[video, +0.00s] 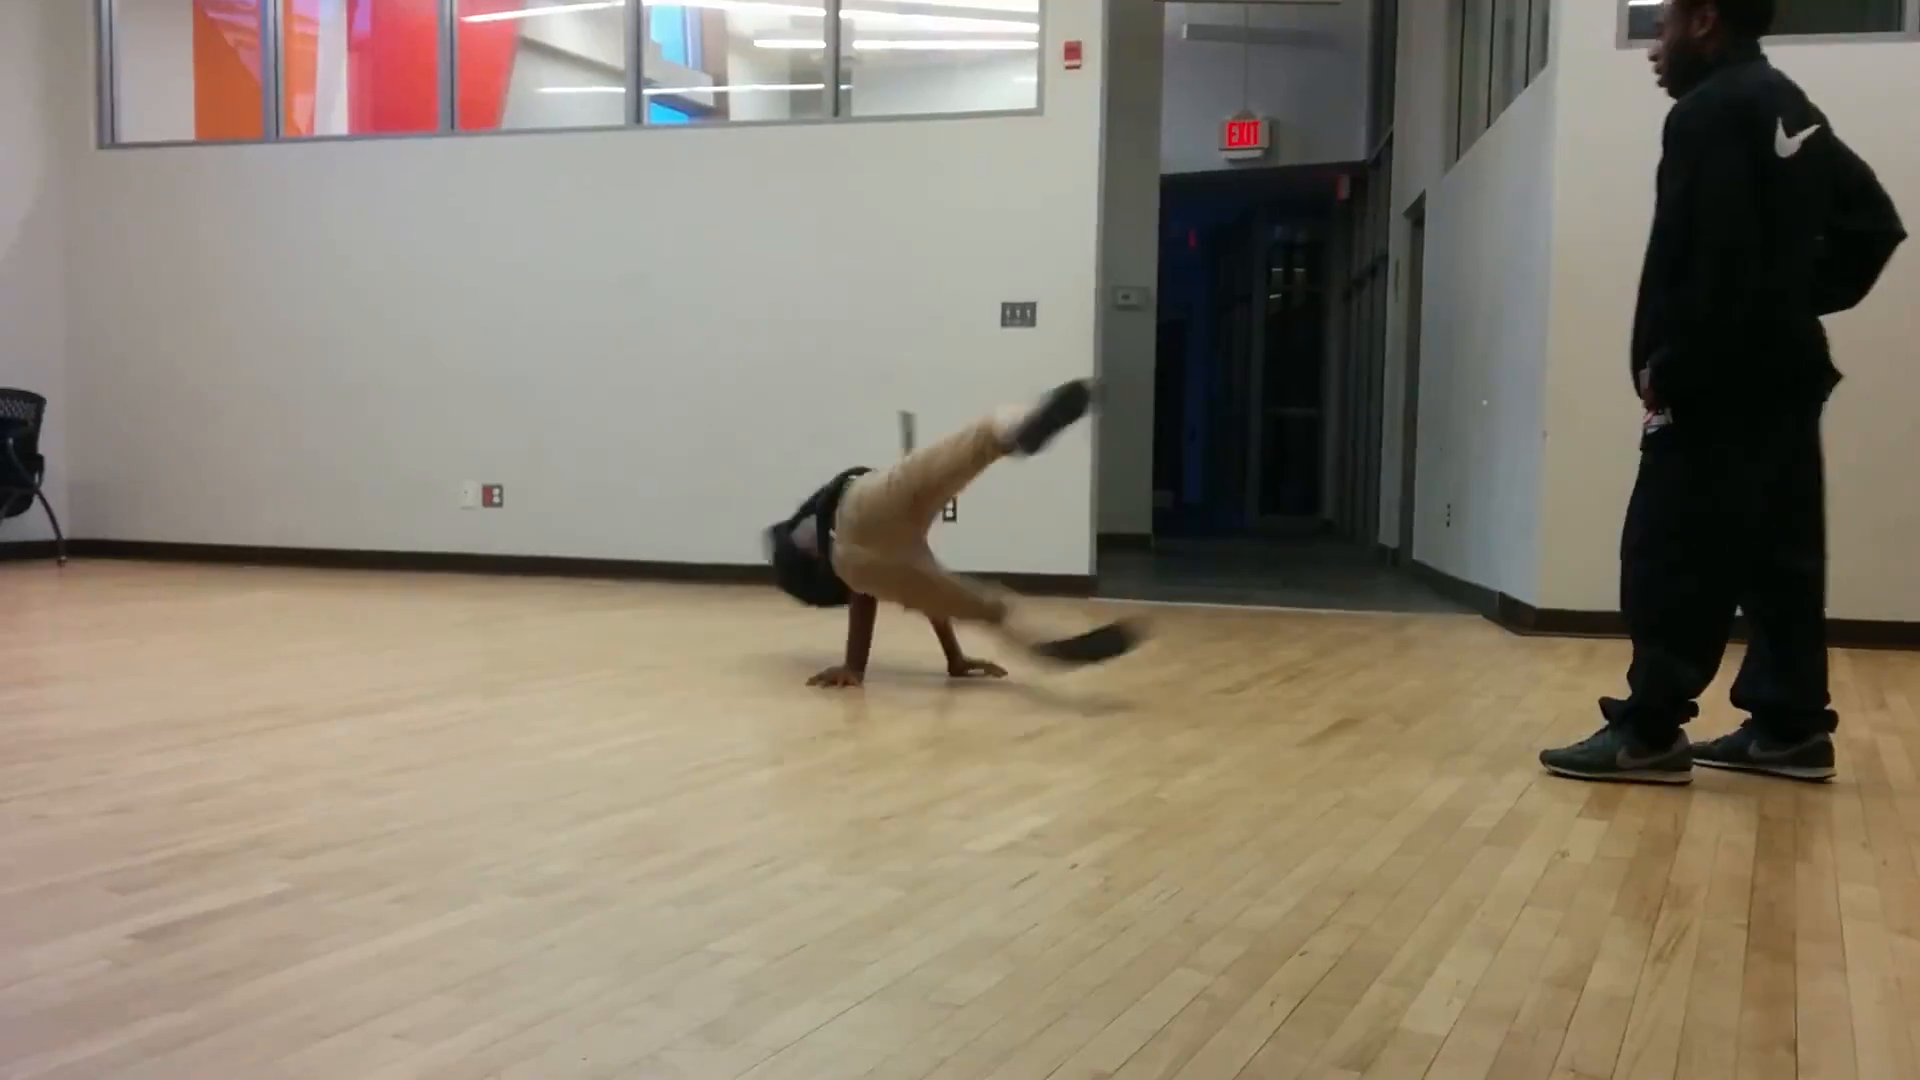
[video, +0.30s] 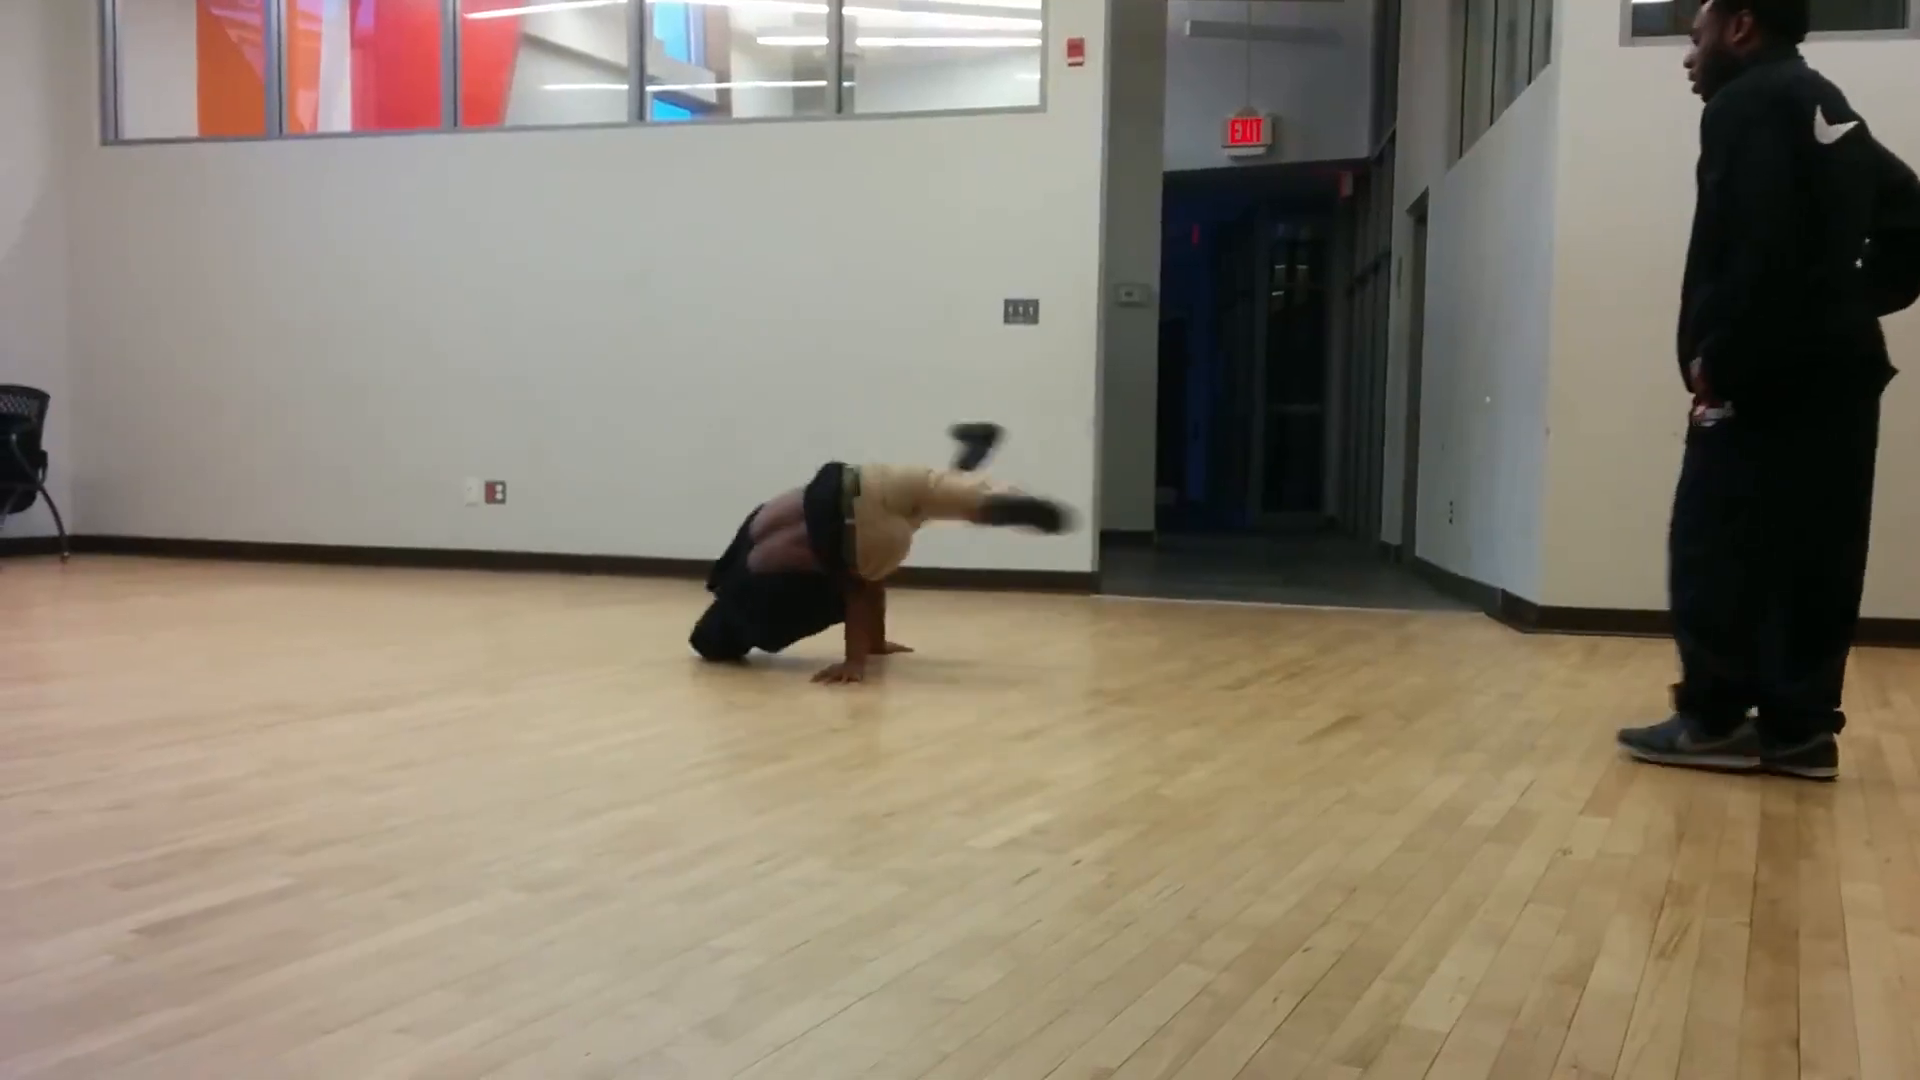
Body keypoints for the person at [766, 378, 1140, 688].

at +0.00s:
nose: (944, 509)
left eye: (946, 502)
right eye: (940, 499)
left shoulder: (839, 564)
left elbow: (863, 600)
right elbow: (924, 583)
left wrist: (852, 670)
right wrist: (954, 659)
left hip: (854, 562)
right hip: (863, 504)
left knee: (993, 611)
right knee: (976, 444)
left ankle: (1059, 646)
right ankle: (1021, 429)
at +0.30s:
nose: (731, 650)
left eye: (724, 648)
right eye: (723, 644)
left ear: (731, 644)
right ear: (724, 619)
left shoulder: (767, 621)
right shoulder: (748, 544)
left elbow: (852, 587)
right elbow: (858, 578)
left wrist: (856, 660)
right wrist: (874, 639)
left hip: (865, 545)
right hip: (856, 483)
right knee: (960, 498)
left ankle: (964, 466)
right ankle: (1022, 507)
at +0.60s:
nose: (722, 653)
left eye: (712, 650)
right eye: (714, 650)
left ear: (715, 633)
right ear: (702, 600)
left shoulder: (743, 560)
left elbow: (834, 588)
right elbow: (835, 576)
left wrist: (850, 658)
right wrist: (856, 638)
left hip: (854, 540)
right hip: (855, 486)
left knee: (905, 580)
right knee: (897, 530)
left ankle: (969, 616)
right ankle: (957, 512)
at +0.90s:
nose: (700, 636)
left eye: (693, 633)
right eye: (695, 627)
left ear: (698, 625)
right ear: (703, 590)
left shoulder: (739, 597)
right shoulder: (750, 551)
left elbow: (829, 566)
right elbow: (857, 552)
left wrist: (852, 655)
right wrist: (887, 630)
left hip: (854, 534)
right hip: (862, 483)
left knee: (983, 628)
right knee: (1008, 475)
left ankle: (1095, 656)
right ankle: (1104, 421)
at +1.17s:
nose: (709, 492)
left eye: (708, 482)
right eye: (708, 483)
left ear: (719, 475)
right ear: (747, 461)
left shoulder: (741, 512)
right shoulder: (803, 494)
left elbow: (805, 576)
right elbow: (869, 565)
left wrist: (810, 660)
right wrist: (862, 643)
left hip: (839, 456)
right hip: (880, 450)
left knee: (896, 497)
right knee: (978, 541)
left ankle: (905, 366)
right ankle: (1099, 531)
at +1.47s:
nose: (704, 412)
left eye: (709, 397)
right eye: (697, 408)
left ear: (728, 384)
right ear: (697, 418)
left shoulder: (791, 392)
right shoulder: (742, 473)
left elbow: (843, 392)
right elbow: (792, 568)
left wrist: (861, 431)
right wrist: (789, 655)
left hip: (823, 526)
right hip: (781, 567)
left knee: (743, 395)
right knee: (662, 549)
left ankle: (714, 442)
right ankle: (622, 618)